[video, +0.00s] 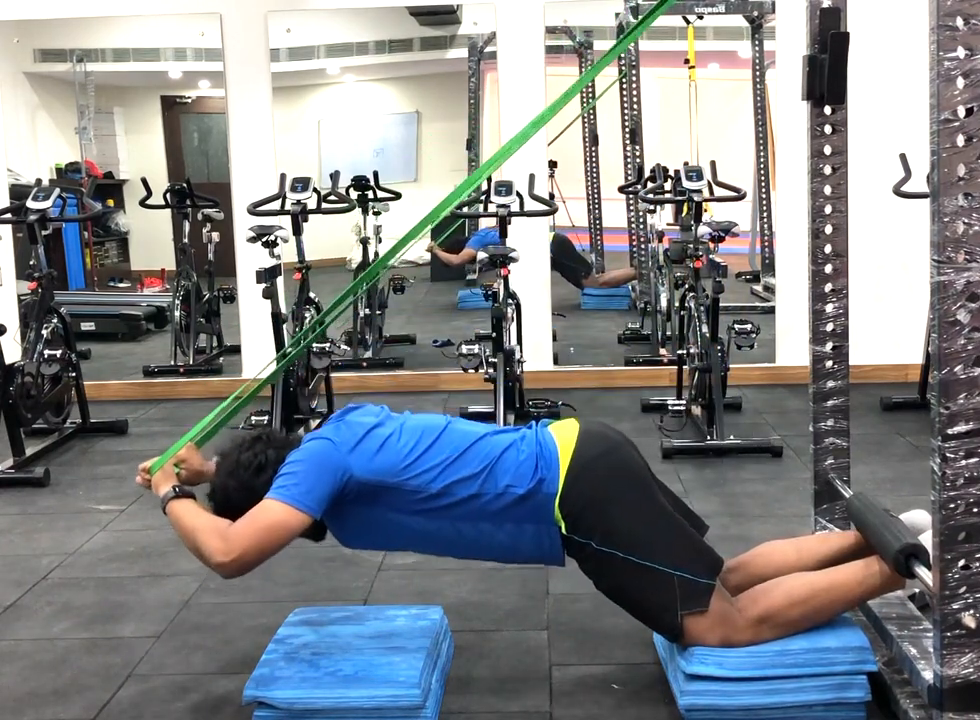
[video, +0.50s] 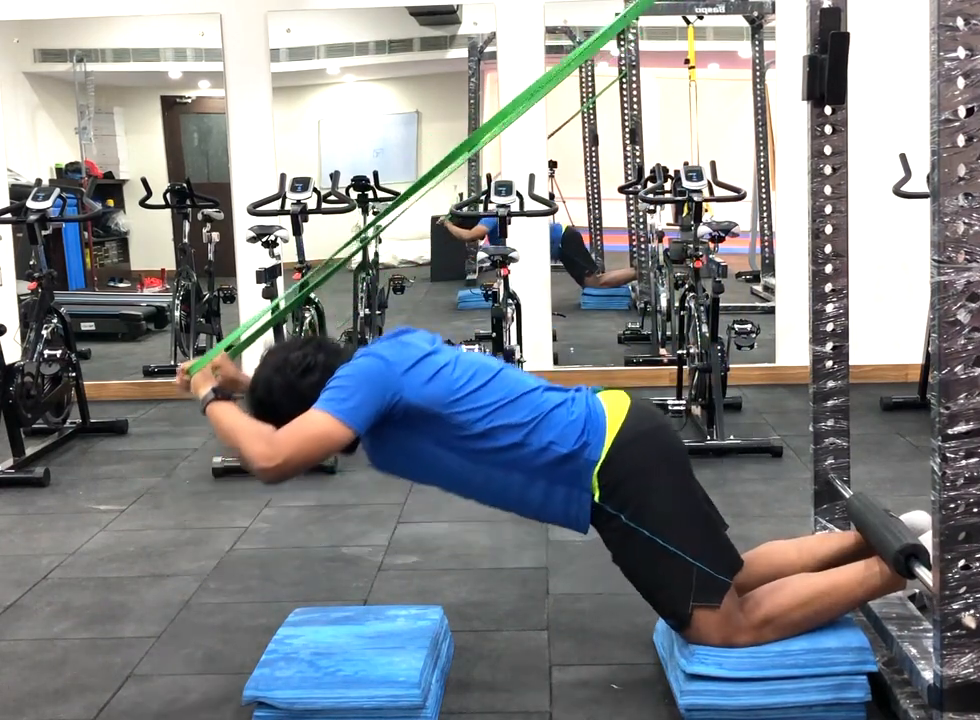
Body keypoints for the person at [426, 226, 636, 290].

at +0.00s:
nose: (460, 259)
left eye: (457, 256)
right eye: (458, 256)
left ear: (460, 249)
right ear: (463, 241)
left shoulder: (478, 238)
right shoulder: (484, 234)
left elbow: (456, 261)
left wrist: (434, 250)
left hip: (555, 245)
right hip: (553, 245)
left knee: (594, 282)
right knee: (591, 282)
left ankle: (641, 271)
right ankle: (640, 271)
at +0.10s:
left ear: (475, 227)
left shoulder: (484, 232)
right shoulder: (500, 229)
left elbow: (459, 257)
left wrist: (435, 245)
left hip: (556, 244)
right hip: (554, 244)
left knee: (594, 281)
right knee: (591, 281)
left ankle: (642, 270)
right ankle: (641, 270)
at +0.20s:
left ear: (482, 213)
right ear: (497, 208)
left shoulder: (486, 227)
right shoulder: (502, 223)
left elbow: (461, 252)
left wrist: (436, 241)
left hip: (558, 243)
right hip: (556, 245)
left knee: (593, 280)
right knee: (592, 281)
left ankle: (642, 270)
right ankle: (641, 270)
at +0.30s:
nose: (484, 202)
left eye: (487, 198)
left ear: (492, 202)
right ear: (507, 199)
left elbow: (463, 248)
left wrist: (440, 236)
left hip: (559, 243)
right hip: (558, 243)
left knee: (595, 280)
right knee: (592, 279)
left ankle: (643, 269)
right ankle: (642, 269)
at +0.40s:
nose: (483, 203)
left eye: (486, 199)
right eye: (485, 199)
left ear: (494, 200)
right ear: (505, 199)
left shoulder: (492, 217)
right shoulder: (507, 214)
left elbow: (466, 242)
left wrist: (443, 230)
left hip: (562, 241)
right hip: (560, 240)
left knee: (594, 281)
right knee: (592, 280)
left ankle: (642, 270)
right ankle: (640, 270)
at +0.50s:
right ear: (503, 198)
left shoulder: (495, 216)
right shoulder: (501, 215)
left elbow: (468, 236)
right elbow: (471, 235)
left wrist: (446, 223)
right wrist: (455, 223)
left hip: (564, 238)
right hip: (561, 241)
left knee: (594, 280)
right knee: (591, 280)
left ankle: (642, 270)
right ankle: (640, 270)